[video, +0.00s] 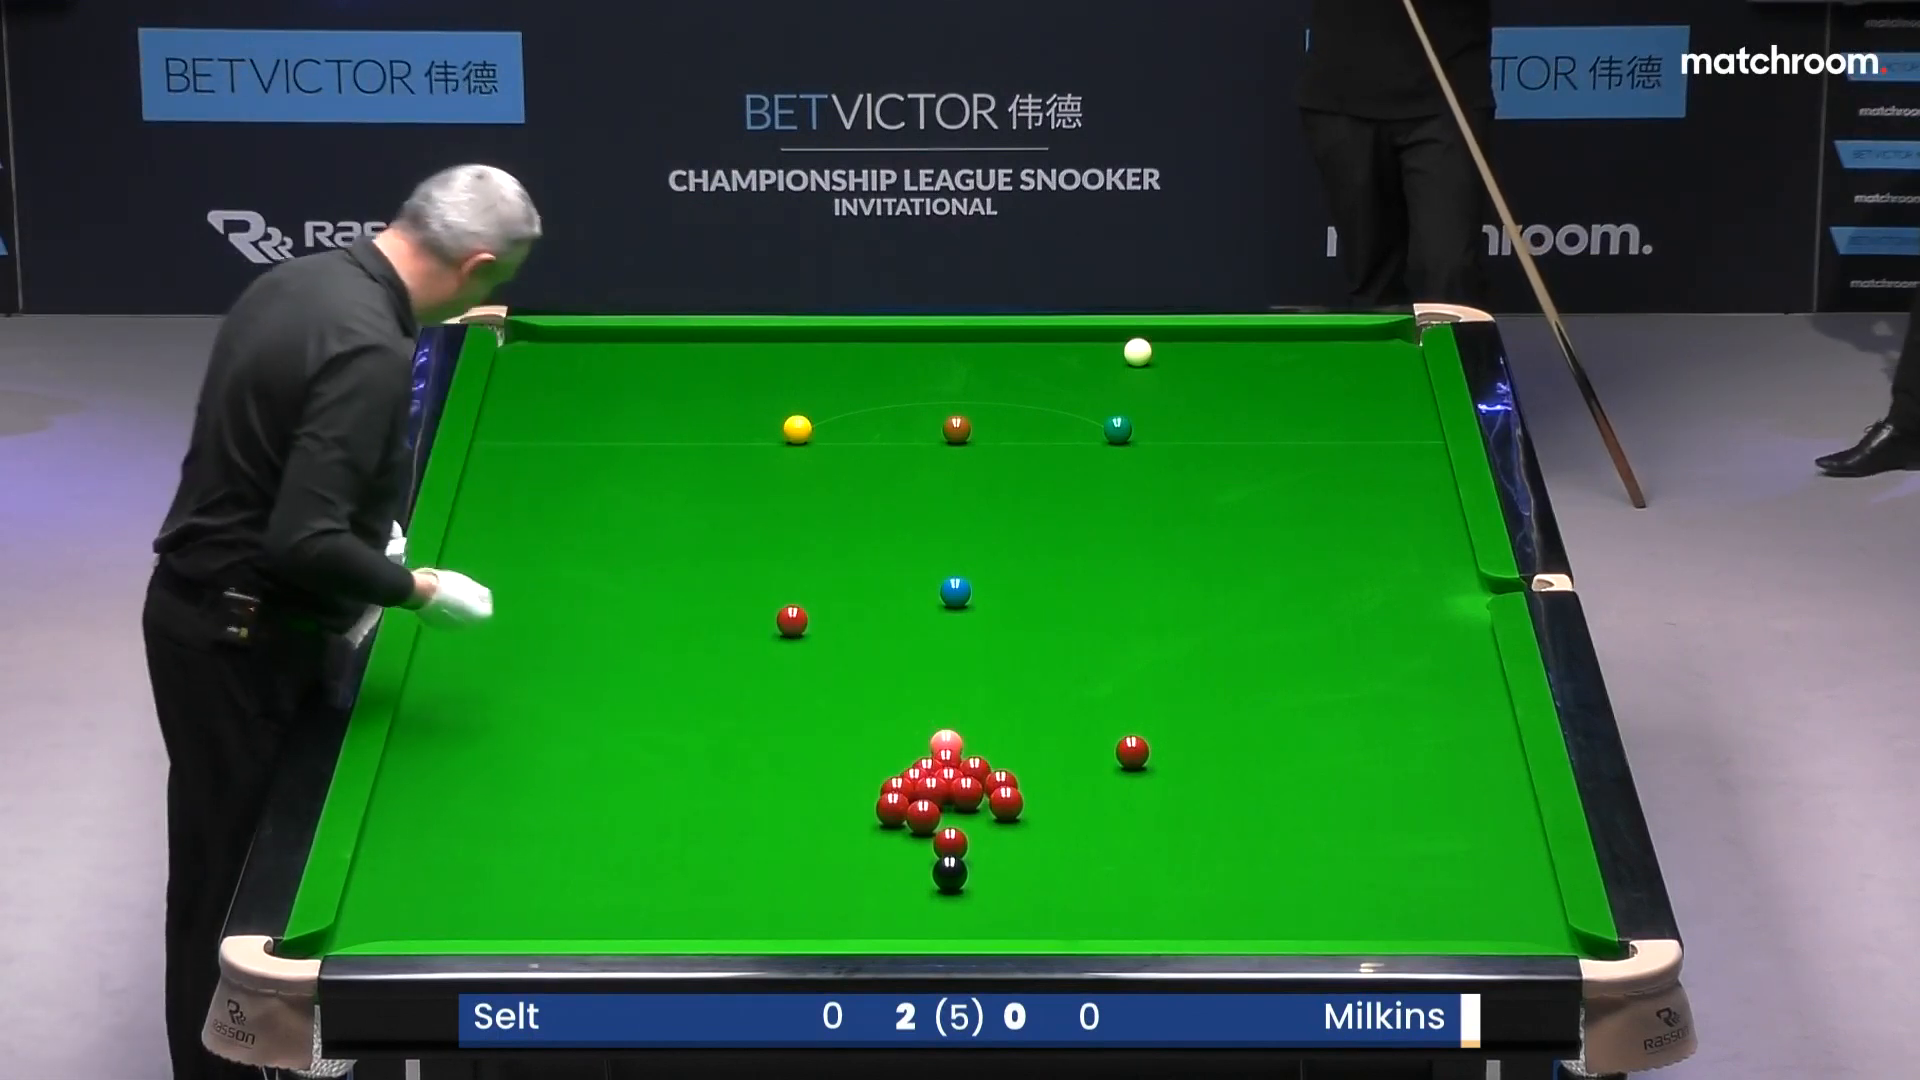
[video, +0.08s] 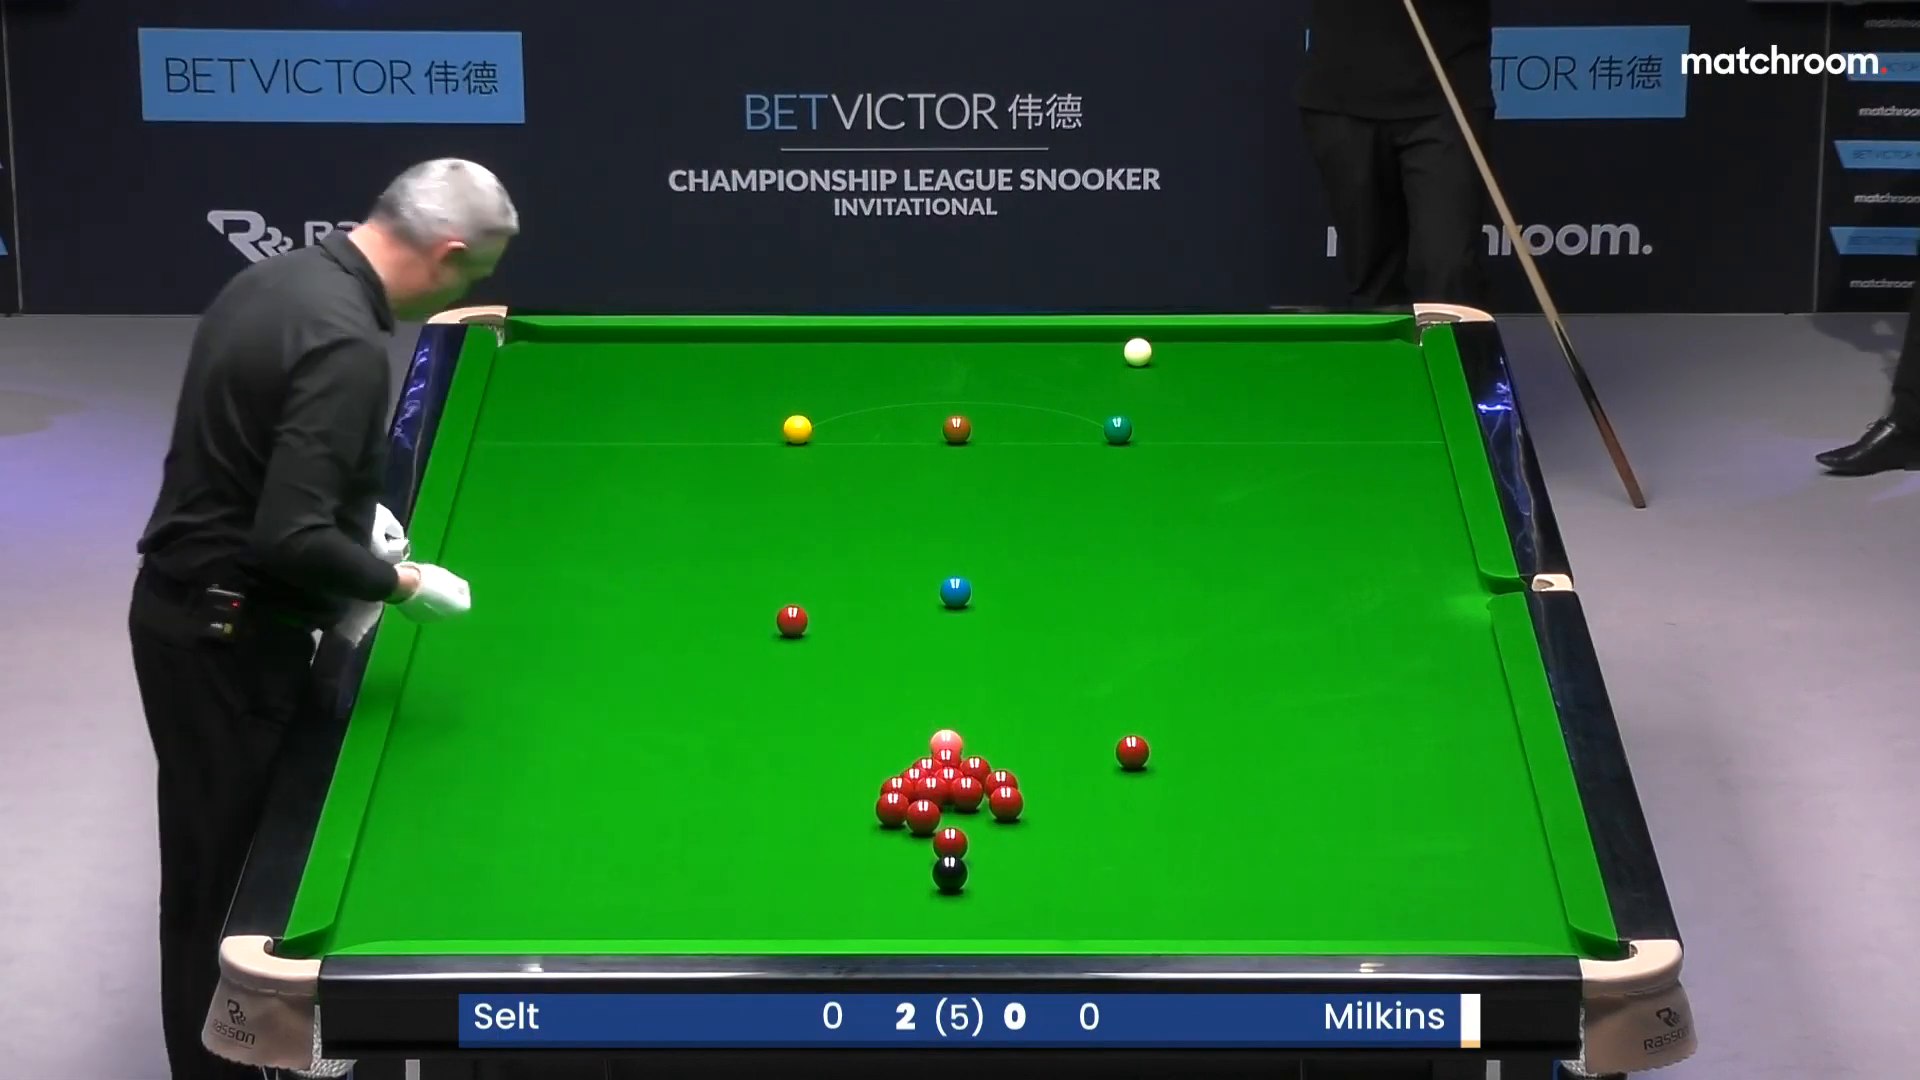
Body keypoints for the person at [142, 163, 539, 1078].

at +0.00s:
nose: (486, 298)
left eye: (497, 282)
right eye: (495, 280)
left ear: (411, 220)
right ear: (472, 263)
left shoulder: (298, 281)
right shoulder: (371, 349)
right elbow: (304, 540)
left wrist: (440, 317)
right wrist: (417, 584)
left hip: (194, 608)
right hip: (245, 634)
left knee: (217, 856)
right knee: (242, 866)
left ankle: (208, 1052)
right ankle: (215, 1060)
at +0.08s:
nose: (460, 296)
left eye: (473, 279)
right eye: (470, 277)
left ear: (391, 221)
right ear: (441, 250)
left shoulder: (280, 278)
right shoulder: (347, 343)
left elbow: (268, 430)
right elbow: (291, 535)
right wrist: (402, 580)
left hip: (183, 608)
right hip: (231, 633)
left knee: (212, 854)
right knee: (234, 865)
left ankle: (207, 1053)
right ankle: (212, 1061)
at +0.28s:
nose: (401, 296)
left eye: (415, 280)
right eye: (409, 274)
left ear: (354, 224)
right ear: (366, 235)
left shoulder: (230, 279)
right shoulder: (280, 337)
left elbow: (223, 444)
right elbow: (241, 535)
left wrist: (333, 498)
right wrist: (359, 574)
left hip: (156, 615)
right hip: (190, 639)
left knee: (205, 874)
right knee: (207, 892)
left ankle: (153, 1058)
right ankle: (140, 1066)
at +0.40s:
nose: (365, 303)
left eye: (378, 289)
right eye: (370, 282)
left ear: (314, 234)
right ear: (320, 239)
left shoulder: (219, 287)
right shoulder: (231, 340)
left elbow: (227, 461)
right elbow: (182, 545)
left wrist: (326, 504)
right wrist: (320, 585)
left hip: (174, 631)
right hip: (151, 643)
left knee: (207, 875)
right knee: (159, 878)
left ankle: (214, 1066)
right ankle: (31, 1064)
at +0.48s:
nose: (341, 308)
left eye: (354, 295)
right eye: (342, 287)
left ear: (289, 243)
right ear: (287, 243)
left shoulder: (213, 306)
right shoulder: (188, 344)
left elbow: (220, 475)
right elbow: (127, 549)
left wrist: (313, 519)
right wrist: (274, 597)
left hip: (168, 644)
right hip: (116, 653)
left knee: (199, 890)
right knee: (101, 892)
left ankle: (211, 1069)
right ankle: (14, 1057)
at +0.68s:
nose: (243, 355)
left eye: (255, 340)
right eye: (237, 334)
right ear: (179, 280)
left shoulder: (189, 336)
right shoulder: (74, 377)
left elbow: (201, 476)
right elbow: (5, 561)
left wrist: (241, 571)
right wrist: (121, 654)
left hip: (126, 688)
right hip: (27, 696)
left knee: (170, 915)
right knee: (2, 935)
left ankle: (202, 1070)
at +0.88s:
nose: (140, 397)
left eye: (158, 383)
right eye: (130, 377)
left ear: (182, 352)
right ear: (76, 317)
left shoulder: (166, 378)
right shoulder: (3, 377)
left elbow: (188, 517)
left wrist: (175, 638)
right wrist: (14, 708)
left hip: (78, 691)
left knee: (137, 900)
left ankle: (180, 1066)